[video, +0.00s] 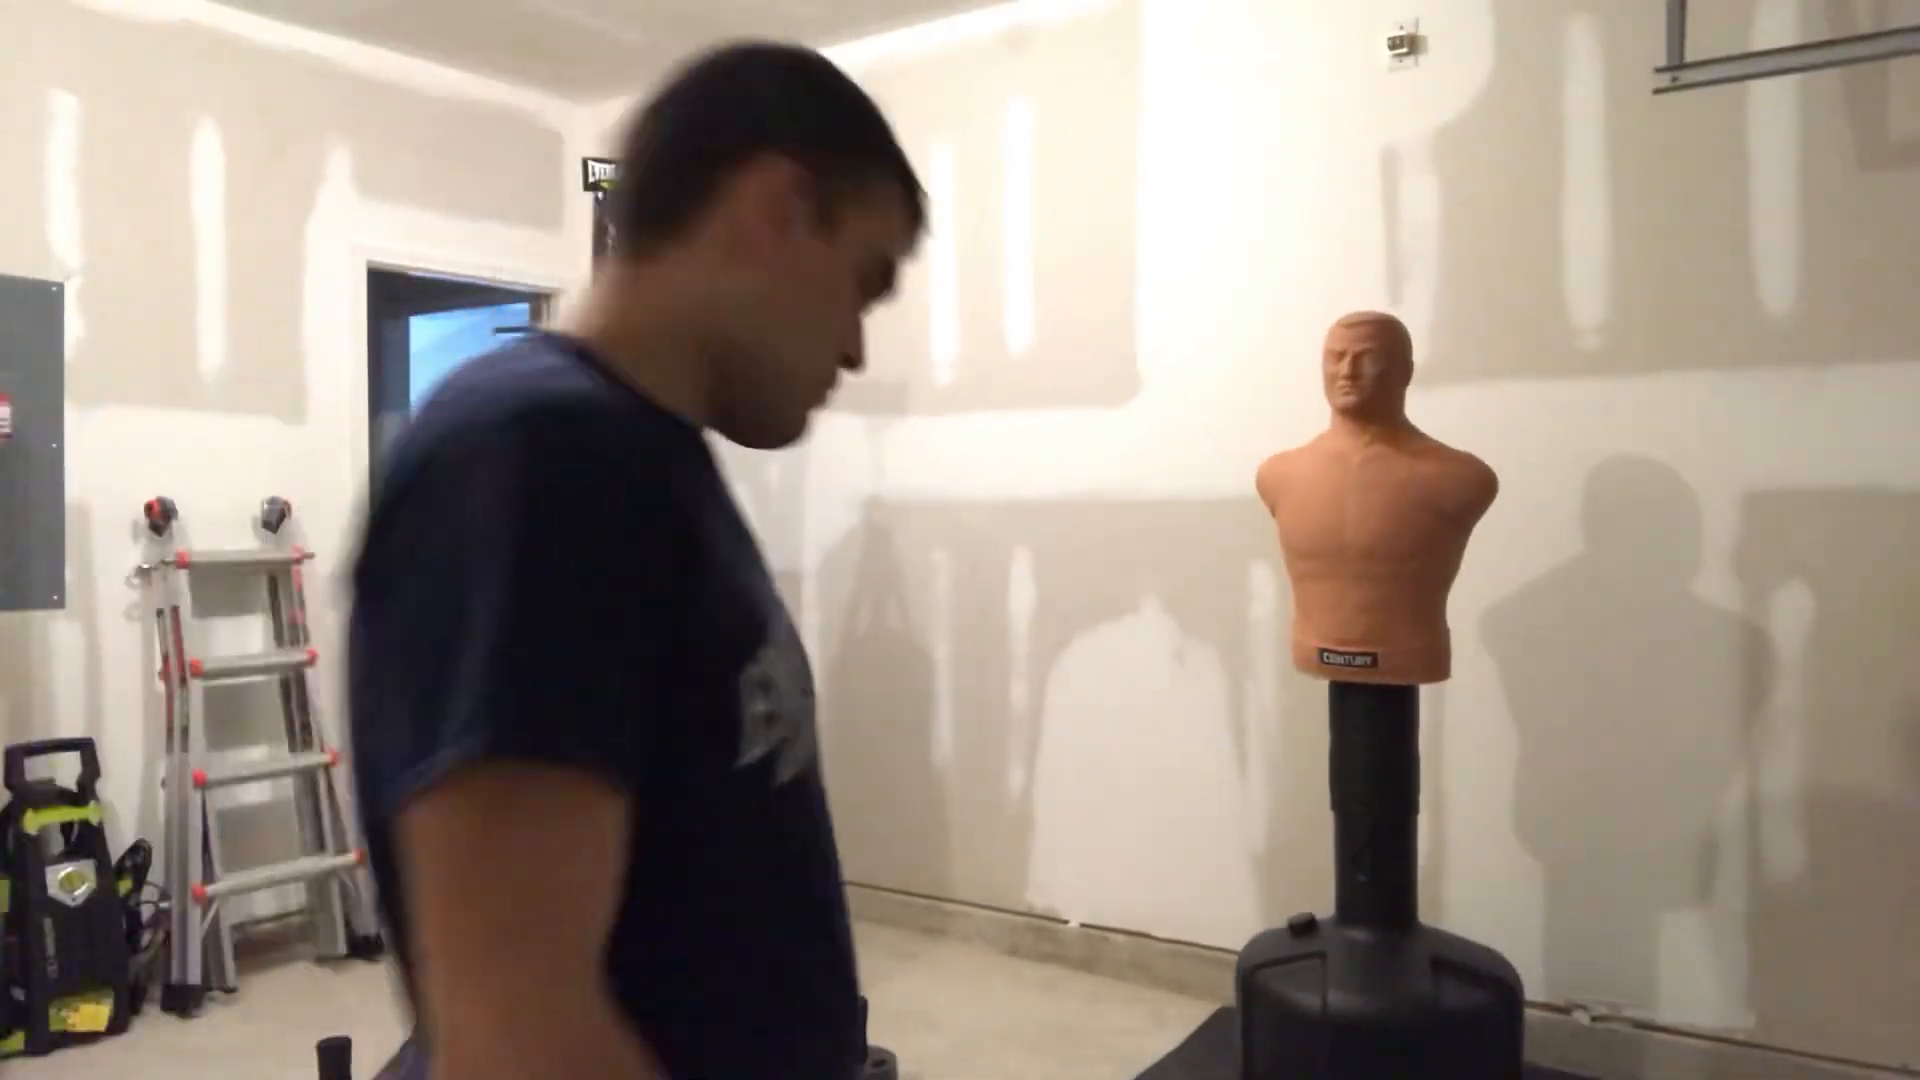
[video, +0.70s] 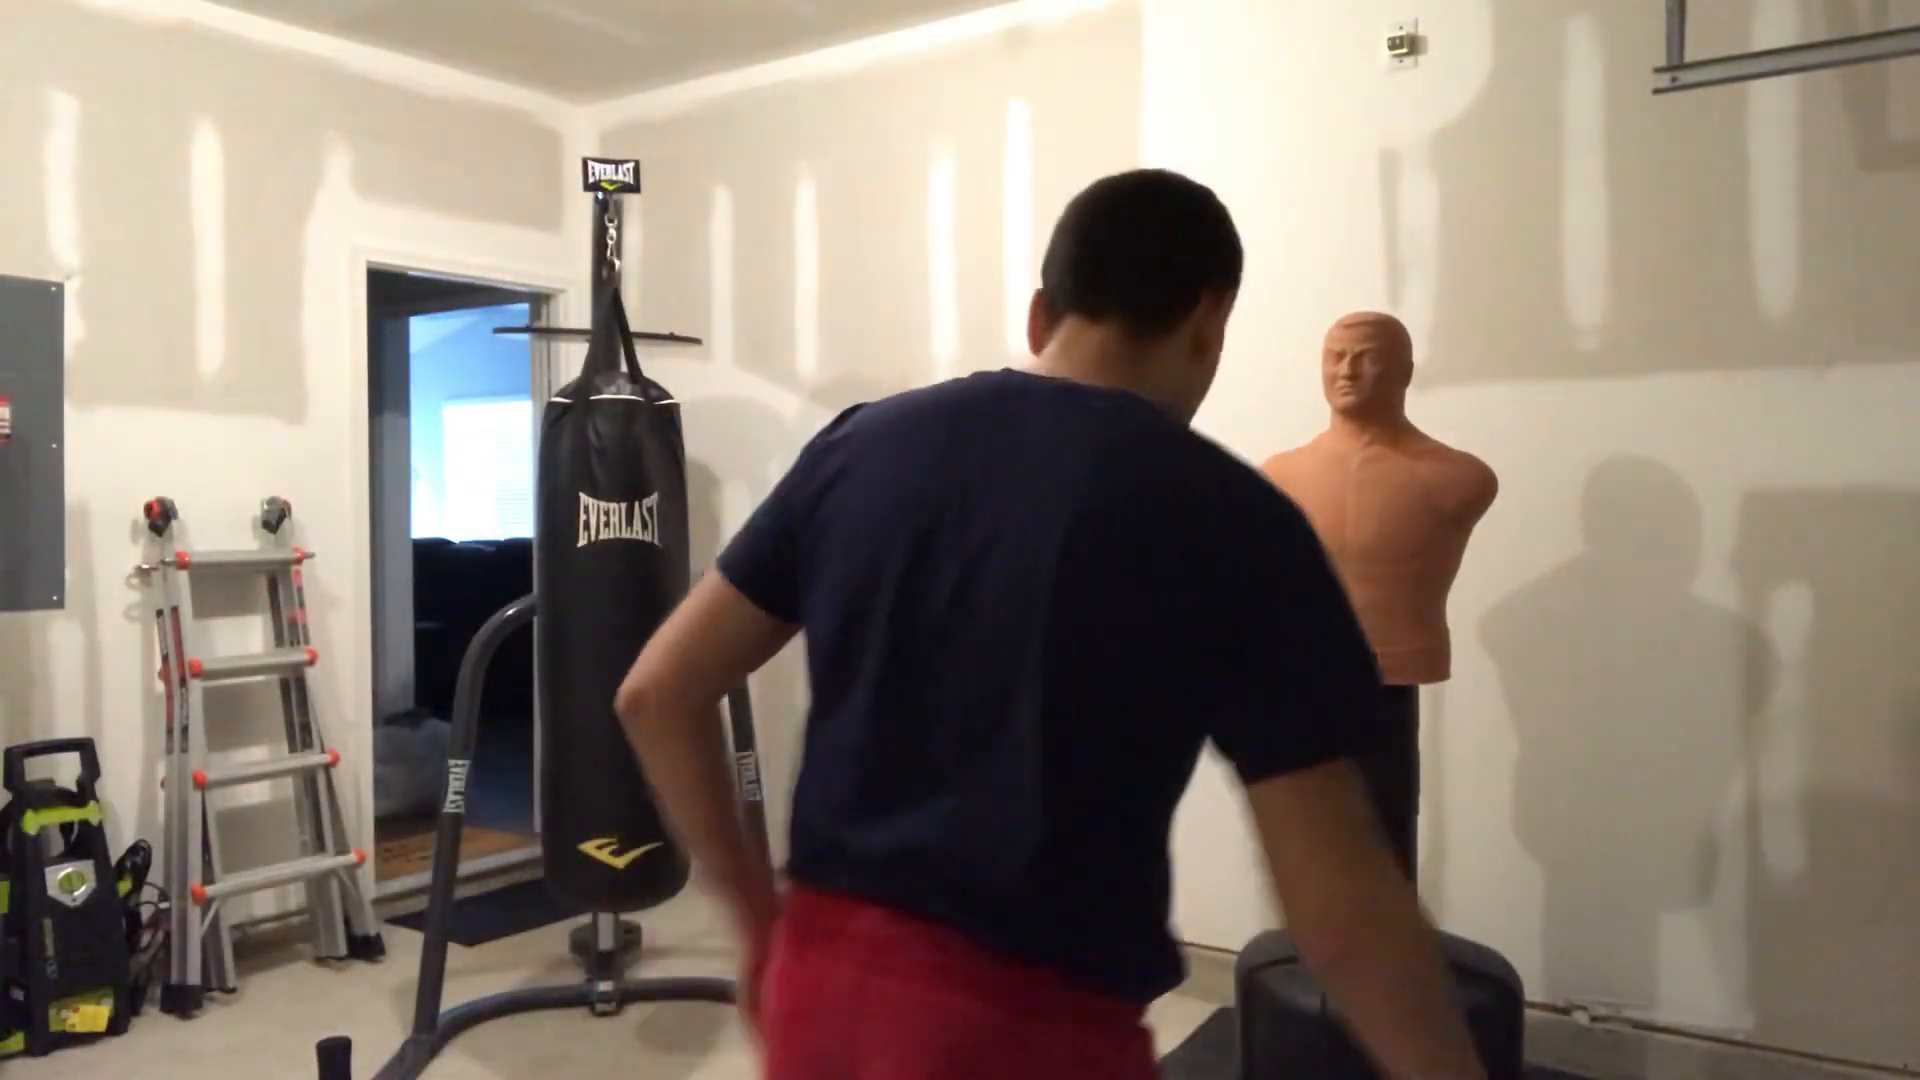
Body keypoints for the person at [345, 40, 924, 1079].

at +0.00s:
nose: (859, 351)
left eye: (876, 298)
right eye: (868, 284)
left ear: (770, 214)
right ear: (773, 210)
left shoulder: (640, 457)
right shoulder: (538, 453)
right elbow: (514, 1022)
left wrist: (820, 1047)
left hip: (782, 1039)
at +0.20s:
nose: (944, 418)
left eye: (974, 372)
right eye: (971, 360)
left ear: (789, 271)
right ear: (925, 280)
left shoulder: (639, 434)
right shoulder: (764, 445)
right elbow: (673, 952)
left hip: (583, 1045)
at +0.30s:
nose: (1026, 386)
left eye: (1037, 361)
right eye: (1035, 353)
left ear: (850, 300)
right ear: (995, 312)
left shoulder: (702, 456)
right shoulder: (875, 474)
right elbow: (805, 950)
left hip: (638, 1032)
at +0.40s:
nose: (1091, 383)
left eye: (1094, 352)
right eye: (1096, 347)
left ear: (918, 310)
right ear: (1065, 324)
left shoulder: (745, 478)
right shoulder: (993, 510)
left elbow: (609, 825)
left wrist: (649, 1040)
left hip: (691, 1031)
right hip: (863, 1051)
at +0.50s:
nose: (1158, 371)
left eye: (1164, 345)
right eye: (1165, 339)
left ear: (983, 304)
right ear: (1146, 324)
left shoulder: (791, 468)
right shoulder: (1111, 526)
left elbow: (638, 770)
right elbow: (1155, 944)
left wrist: (650, 1043)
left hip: (736, 1015)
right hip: (958, 1041)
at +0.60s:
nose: (1203, 385)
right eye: (1210, 352)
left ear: (1025, 312)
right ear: (1198, 325)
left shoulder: (842, 450)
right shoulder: (1192, 534)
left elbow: (648, 717)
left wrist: (679, 982)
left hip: (778, 1005)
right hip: (1008, 1034)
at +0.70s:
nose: (1212, 372)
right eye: (1223, 345)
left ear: (1036, 320)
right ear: (1210, 323)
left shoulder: (871, 441)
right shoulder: (1230, 520)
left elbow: (658, 691)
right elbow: (1339, 903)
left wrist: (757, 916)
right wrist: (1449, 1064)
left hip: (818, 978)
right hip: (1040, 1012)